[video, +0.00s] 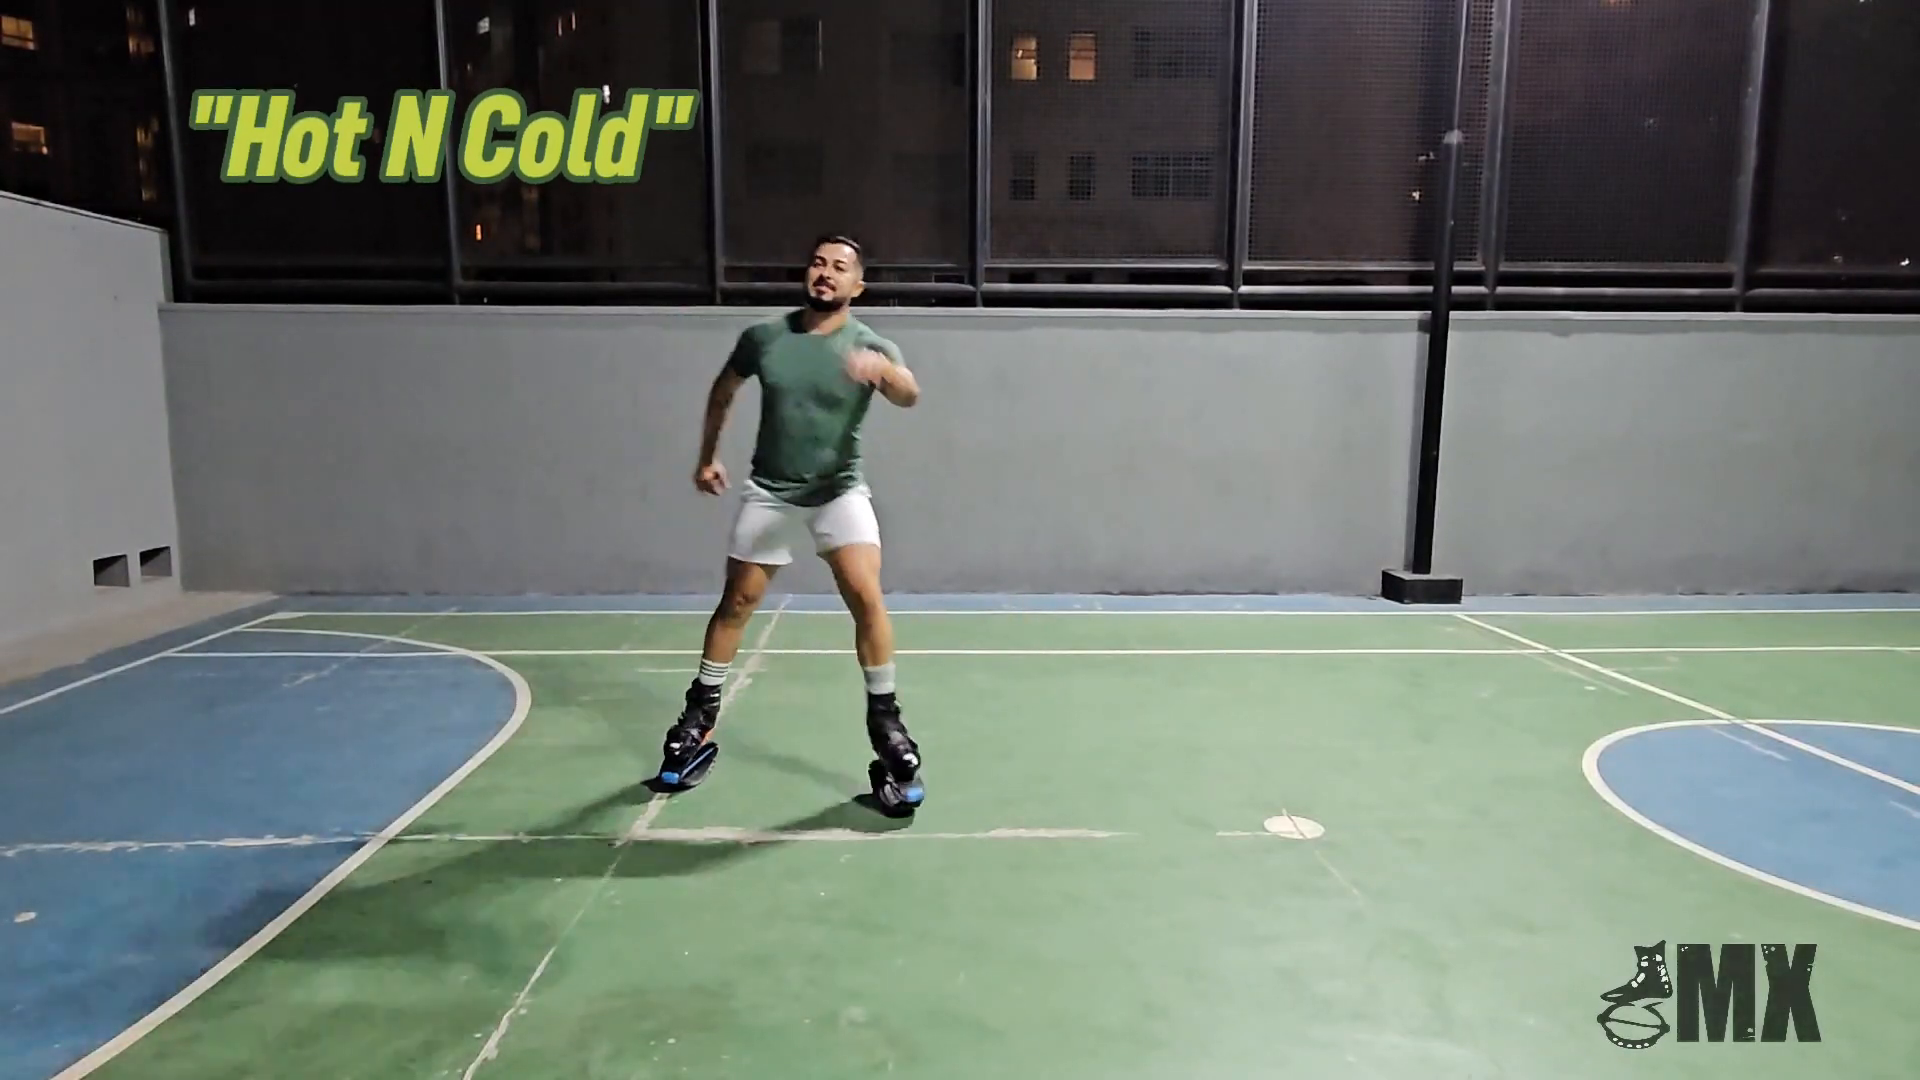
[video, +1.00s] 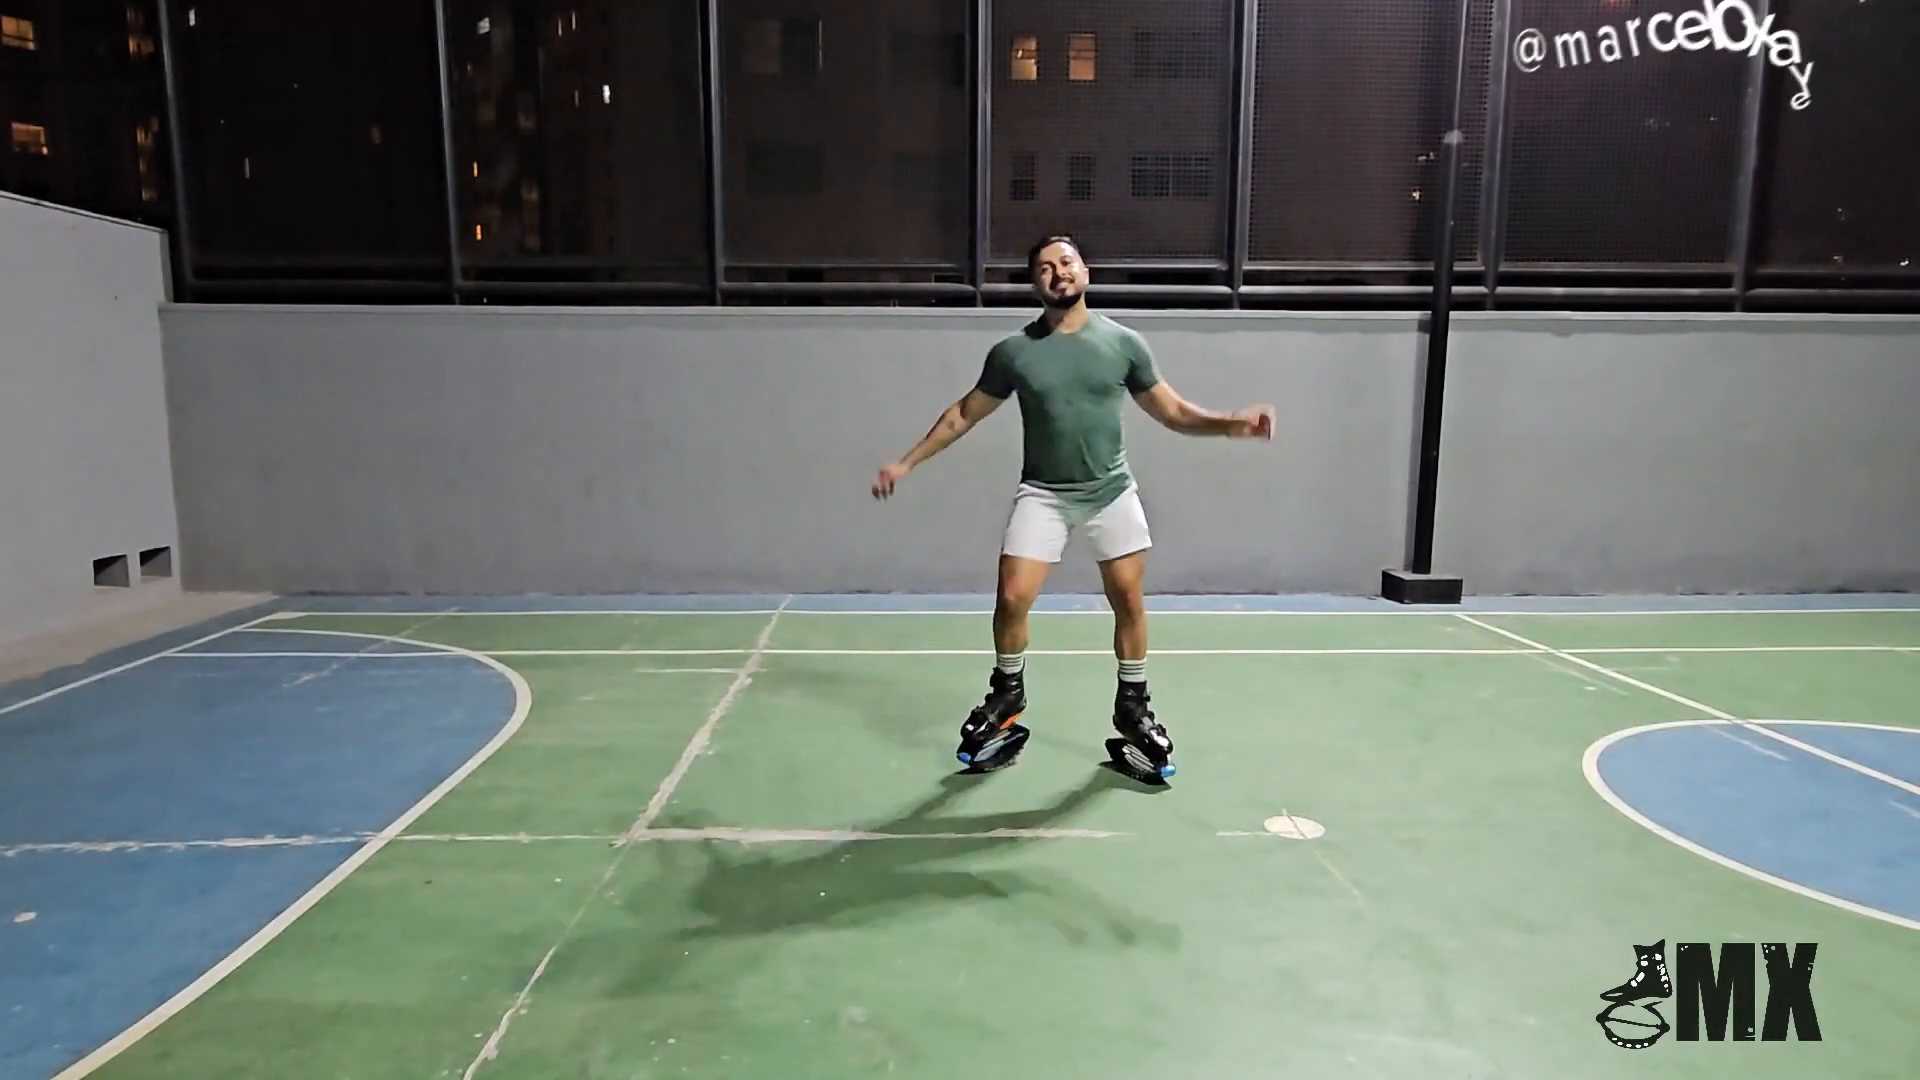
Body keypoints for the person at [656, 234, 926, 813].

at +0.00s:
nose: (825, 272)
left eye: (838, 266)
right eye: (818, 263)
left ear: (858, 285)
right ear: (804, 276)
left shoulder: (871, 345)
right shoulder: (763, 338)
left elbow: (909, 396)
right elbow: (722, 392)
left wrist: (882, 374)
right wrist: (708, 456)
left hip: (839, 493)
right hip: (769, 493)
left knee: (867, 595)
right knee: (738, 601)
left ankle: (885, 718)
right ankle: (699, 715)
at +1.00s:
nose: (1059, 272)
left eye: (1067, 262)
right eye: (1047, 268)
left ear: (1086, 273)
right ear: (1036, 287)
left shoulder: (1122, 343)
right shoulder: (1012, 354)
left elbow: (1175, 412)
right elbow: (964, 414)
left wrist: (1233, 423)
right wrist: (905, 463)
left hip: (1111, 492)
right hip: (1042, 495)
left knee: (1128, 597)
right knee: (1011, 597)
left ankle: (1133, 712)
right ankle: (1006, 698)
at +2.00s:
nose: (977, 261)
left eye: (984, 252)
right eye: (964, 256)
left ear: (1001, 267)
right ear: (948, 275)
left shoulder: (1029, 336)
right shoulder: (926, 337)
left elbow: (1065, 422)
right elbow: (887, 426)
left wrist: (1052, 393)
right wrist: (873, 507)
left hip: (1020, 487)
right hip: (955, 490)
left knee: (1060, 594)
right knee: (956, 602)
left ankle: (1077, 694)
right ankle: (958, 726)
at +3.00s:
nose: (792, 270)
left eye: (796, 260)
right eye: (781, 259)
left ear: (796, 267)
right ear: (747, 263)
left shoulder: (809, 333)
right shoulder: (696, 320)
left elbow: (851, 403)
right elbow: (647, 383)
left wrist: (872, 425)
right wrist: (627, 393)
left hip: (780, 471)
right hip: (713, 475)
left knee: (806, 577)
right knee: (703, 586)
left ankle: (813, 684)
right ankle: (693, 708)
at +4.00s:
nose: (866, 252)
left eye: (879, 243)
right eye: (859, 243)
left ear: (905, 254)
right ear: (850, 253)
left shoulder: (936, 323)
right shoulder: (828, 333)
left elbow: (968, 406)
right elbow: (806, 420)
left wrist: (965, 484)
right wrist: (823, 388)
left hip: (915, 483)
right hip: (848, 481)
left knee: (900, 601)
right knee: (828, 593)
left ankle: (888, 732)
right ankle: (883, 676)